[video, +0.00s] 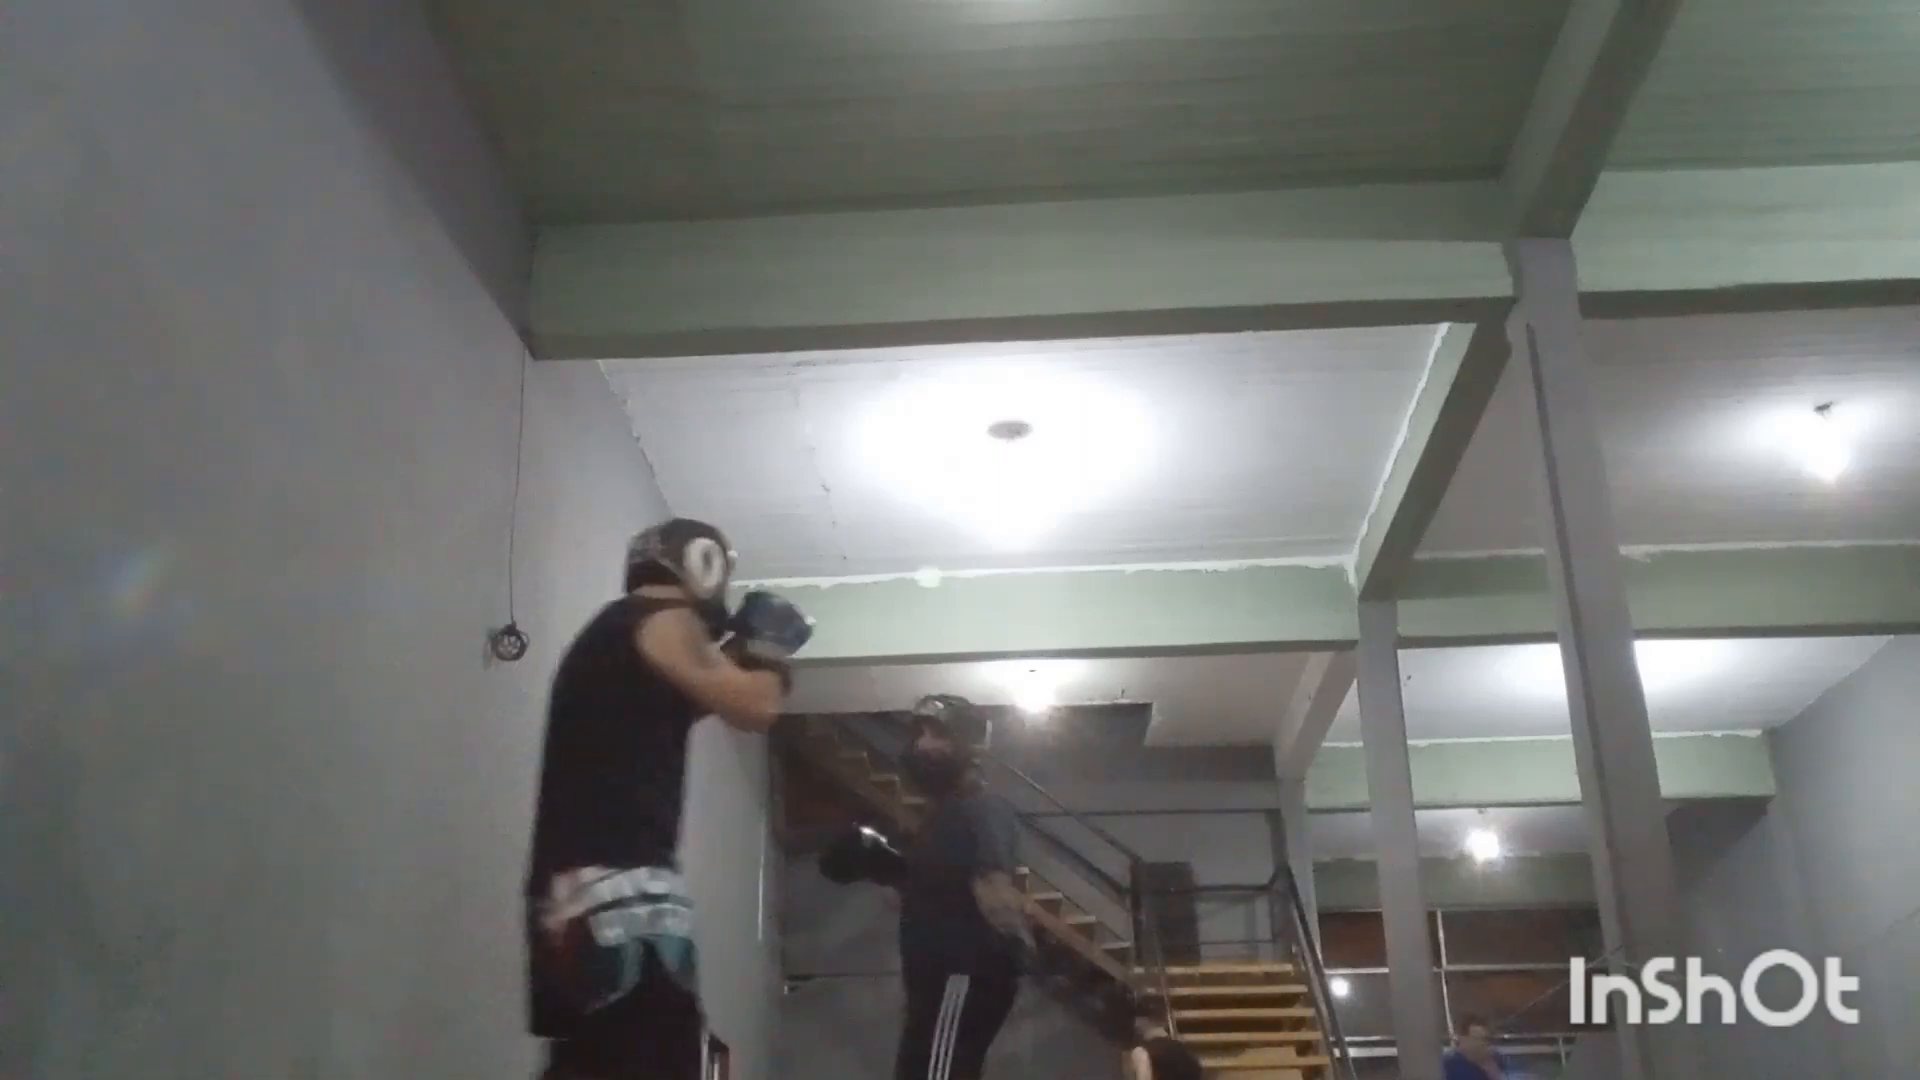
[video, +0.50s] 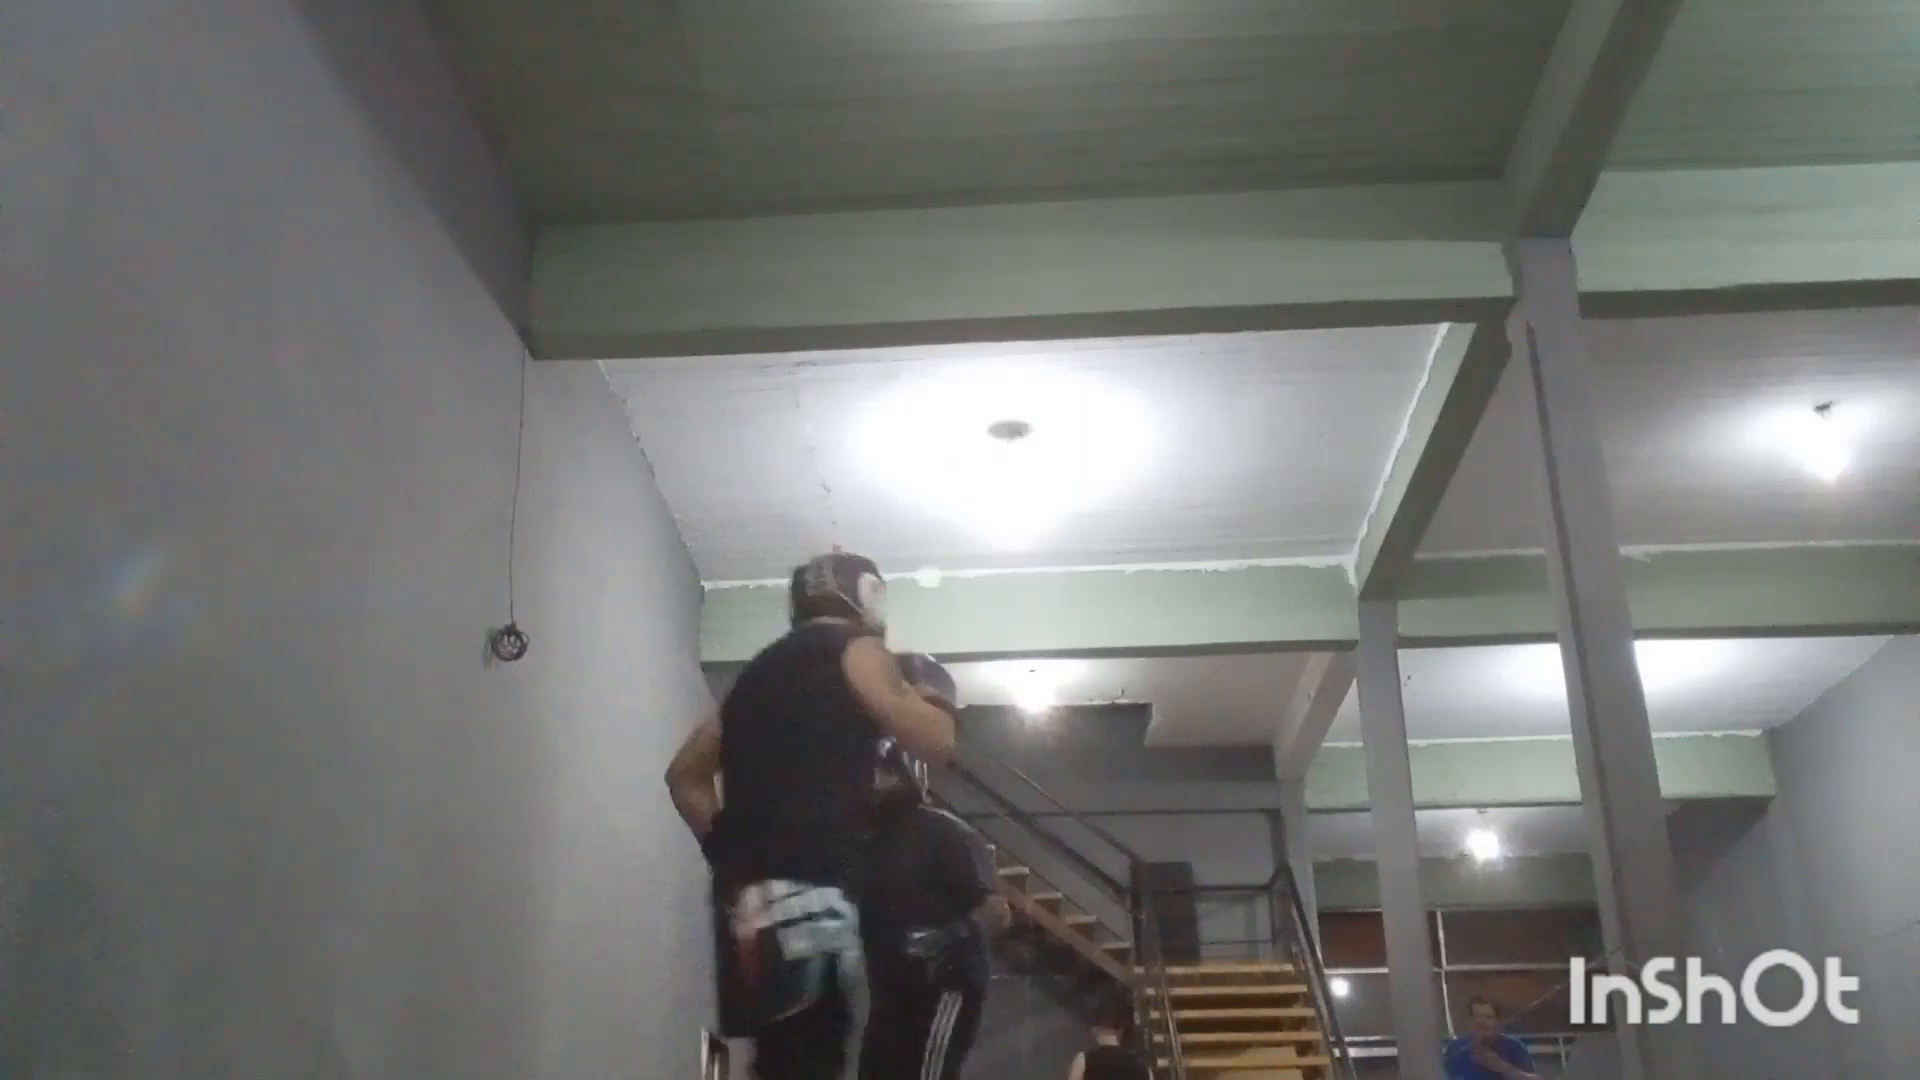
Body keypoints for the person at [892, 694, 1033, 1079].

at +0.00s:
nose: (923, 746)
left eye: (939, 735)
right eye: (920, 732)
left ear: (966, 745)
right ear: (910, 739)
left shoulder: (981, 810)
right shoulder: (944, 809)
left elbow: (996, 899)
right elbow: (939, 881)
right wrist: (885, 862)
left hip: (968, 969)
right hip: (938, 966)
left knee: (938, 1070)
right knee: (920, 1067)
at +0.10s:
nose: (904, 740)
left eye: (919, 729)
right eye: (903, 727)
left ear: (946, 740)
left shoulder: (965, 806)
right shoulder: (929, 803)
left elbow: (946, 880)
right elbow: (916, 870)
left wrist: (875, 860)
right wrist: (861, 857)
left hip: (958, 970)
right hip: (928, 965)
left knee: (939, 1070)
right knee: (914, 1067)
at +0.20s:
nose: (893, 737)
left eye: (907, 728)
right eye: (894, 727)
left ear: (932, 737)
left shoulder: (951, 796)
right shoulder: (916, 791)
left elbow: (910, 847)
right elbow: (902, 870)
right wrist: (853, 863)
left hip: (947, 968)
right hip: (918, 963)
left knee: (933, 1071)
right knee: (907, 1069)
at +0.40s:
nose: (880, 764)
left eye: (893, 754)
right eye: (874, 752)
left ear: (917, 761)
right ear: (865, 760)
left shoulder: (939, 813)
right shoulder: (883, 820)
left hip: (947, 970)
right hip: (898, 968)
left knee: (928, 1069)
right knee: (886, 1067)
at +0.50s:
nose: (873, 783)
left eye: (883, 772)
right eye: (869, 772)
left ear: (908, 778)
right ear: (867, 776)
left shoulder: (945, 833)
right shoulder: (867, 836)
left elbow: (995, 912)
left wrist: (943, 939)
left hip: (947, 980)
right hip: (889, 978)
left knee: (927, 1070)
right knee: (876, 1067)